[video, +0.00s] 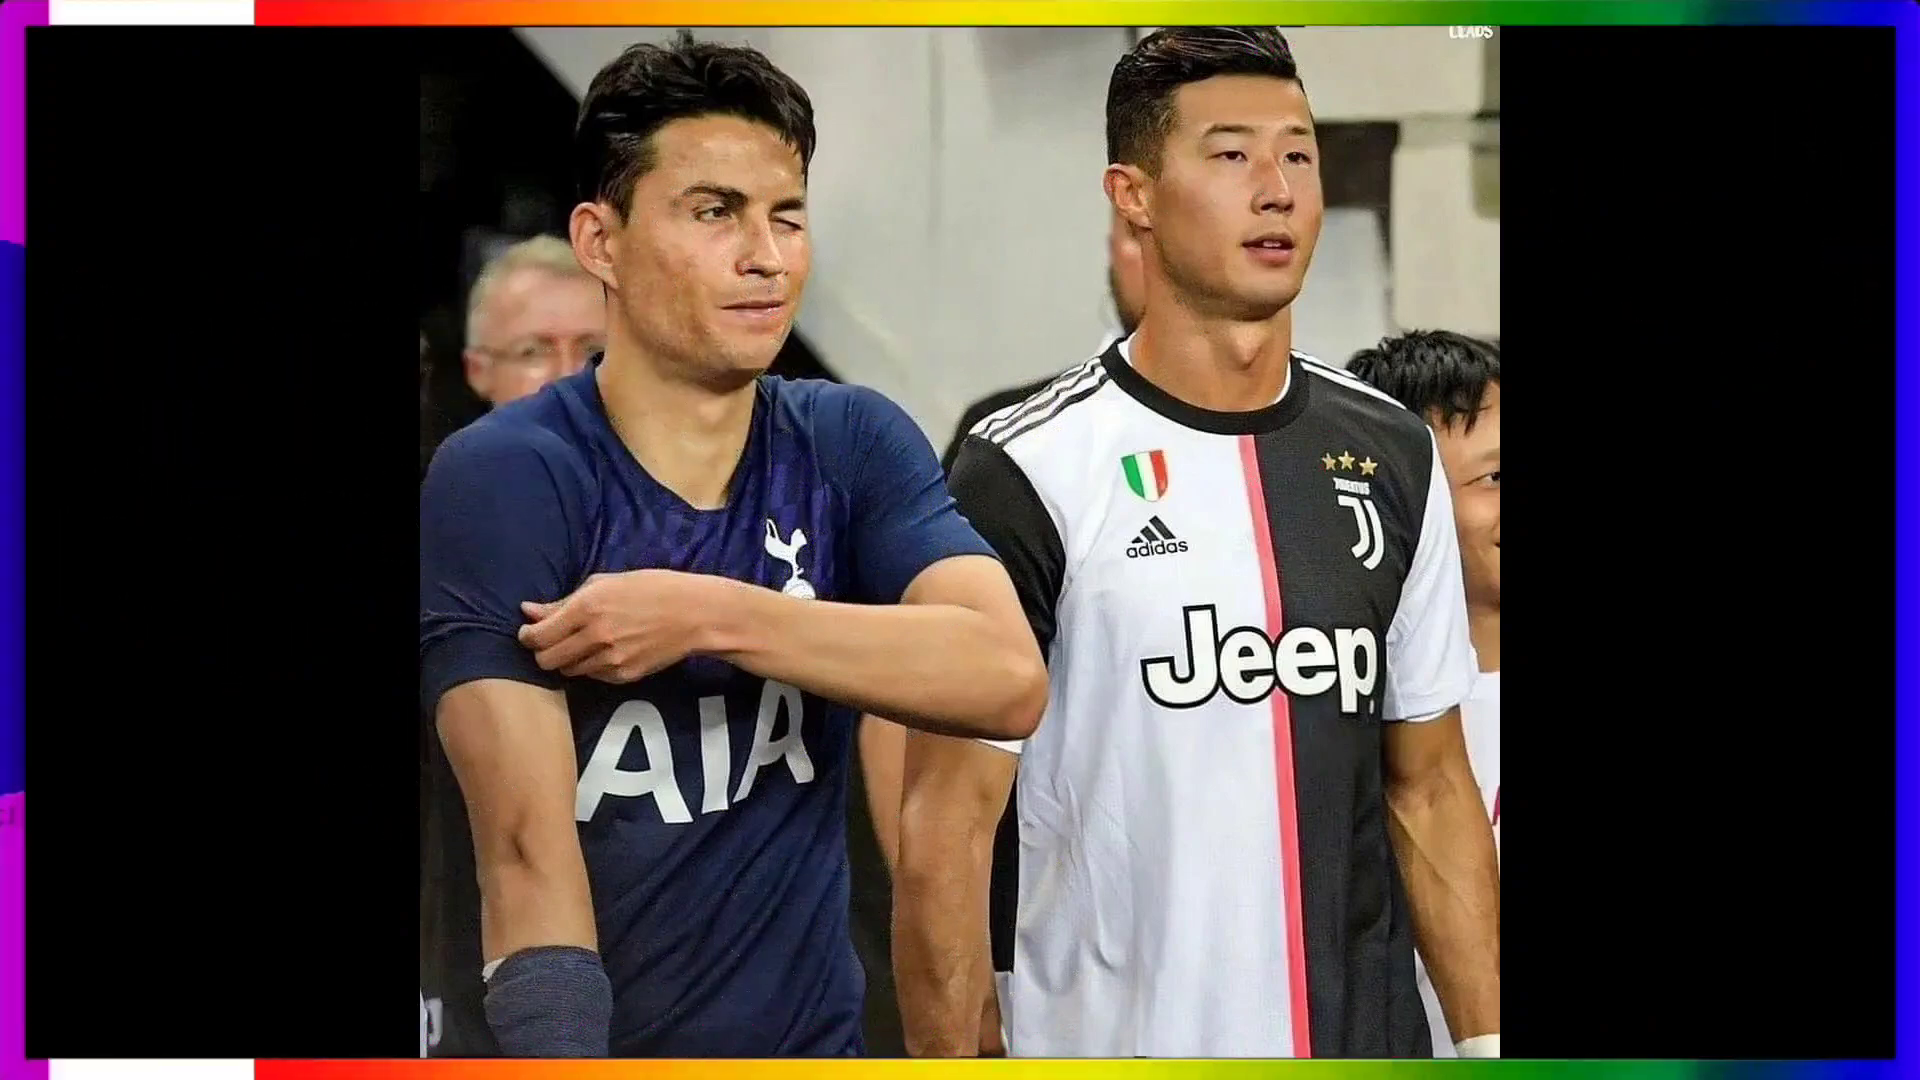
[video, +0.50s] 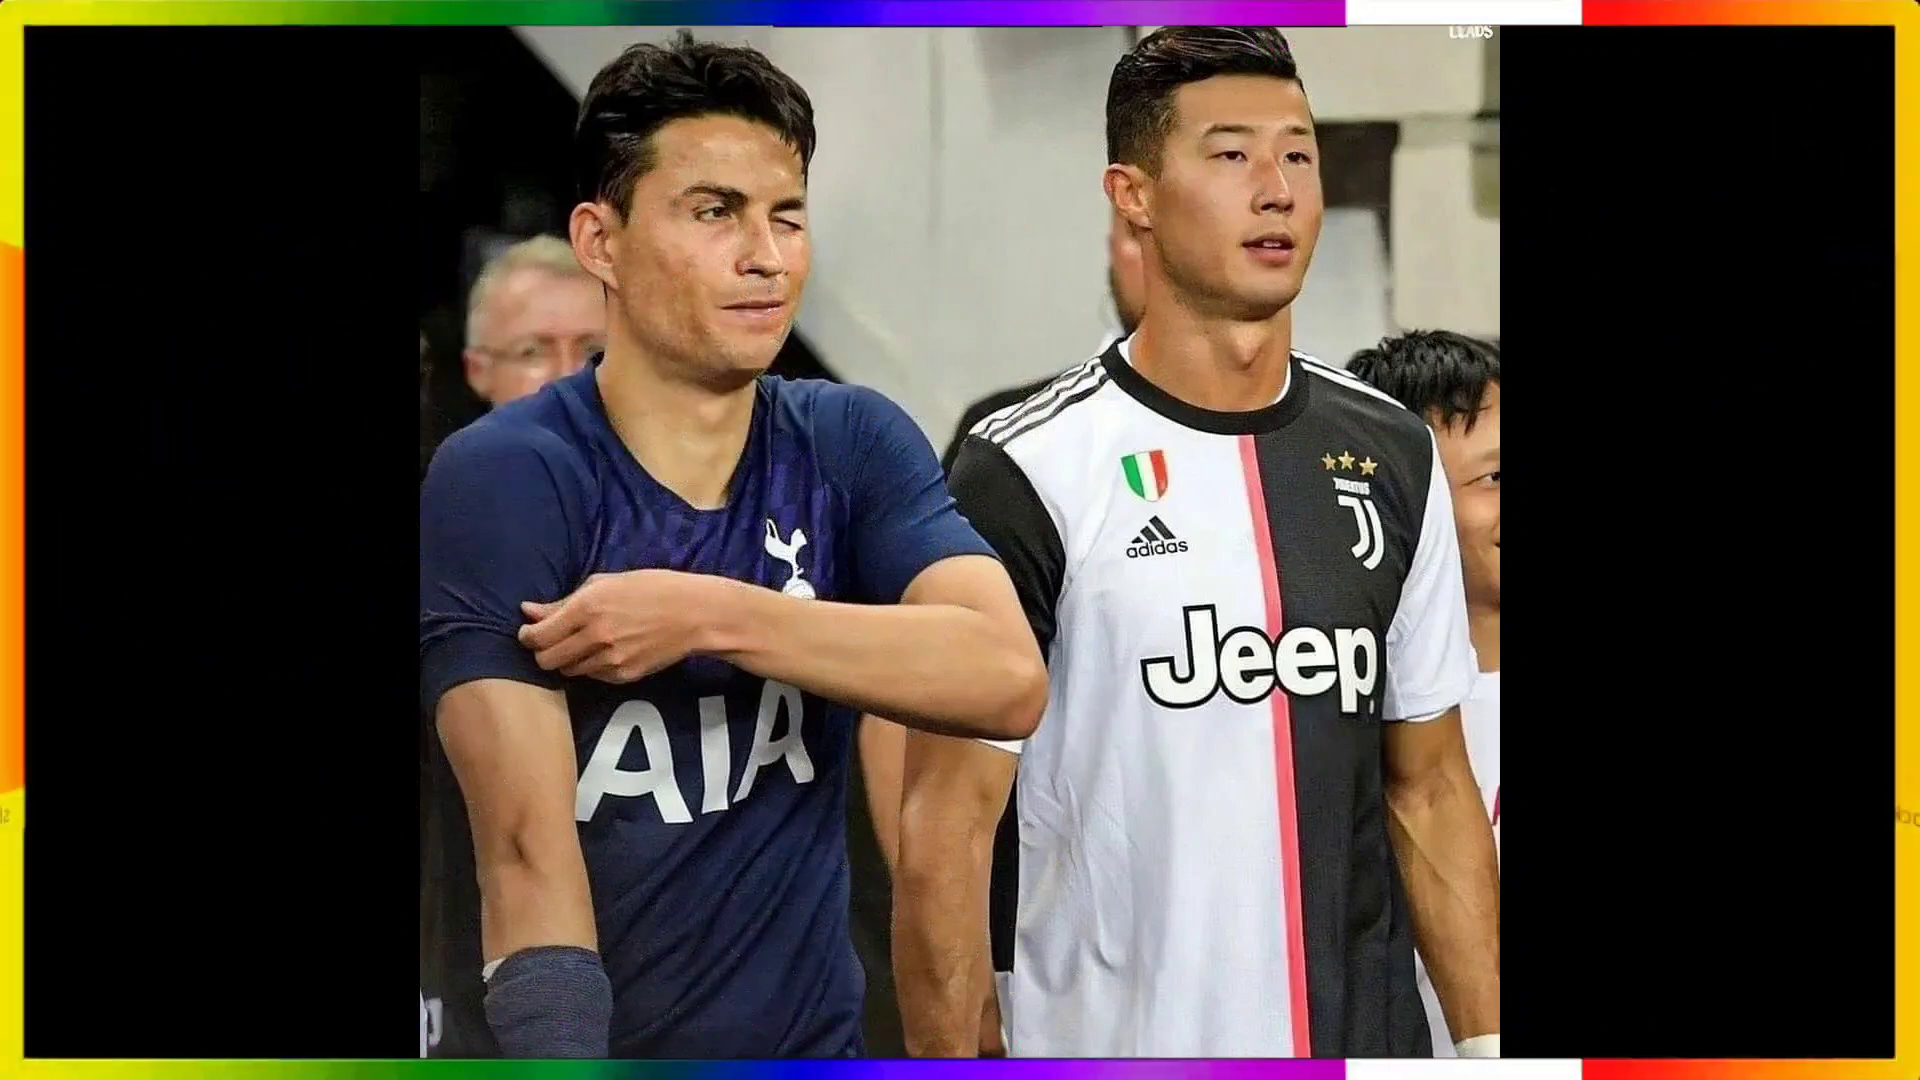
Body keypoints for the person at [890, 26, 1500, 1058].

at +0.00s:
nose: (1279, 193)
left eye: (1297, 159)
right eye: (1230, 157)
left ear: (1319, 187)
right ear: (1133, 197)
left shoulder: (1392, 451)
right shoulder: (1022, 462)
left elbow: (1430, 785)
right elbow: (948, 815)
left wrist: (1484, 1046)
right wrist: (952, 1067)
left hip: (1359, 1046)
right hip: (1108, 1045)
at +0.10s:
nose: (1279, 193)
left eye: (1298, 159)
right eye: (1230, 156)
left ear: (1320, 187)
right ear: (1133, 197)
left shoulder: (1392, 451)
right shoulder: (1022, 462)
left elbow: (1431, 786)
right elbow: (947, 817)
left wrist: (1484, 1047)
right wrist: (953, 1066)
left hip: (1359, 1046)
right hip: (1109, 1045)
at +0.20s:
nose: (1279, 193)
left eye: (1298, 159)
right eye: (1230, 156)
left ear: (1320, 187)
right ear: (1133, 197)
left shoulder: (1392, 451)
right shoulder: (1022, 462)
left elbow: (1431, 786)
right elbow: (947, 817)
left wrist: (1483, 1047)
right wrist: (954, 1066)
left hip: (1358, 1045)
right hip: (1107, 1045)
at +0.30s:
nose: (1279, 193)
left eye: (1298, 159)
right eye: (1230, 156)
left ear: (1320, 187)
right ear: (1133, 197)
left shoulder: (1392, 451)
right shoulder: (1022, 462)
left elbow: (1431, 786)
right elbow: (947, 816)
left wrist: (1482, 1046)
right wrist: (953, 1069)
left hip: (1358, 1046)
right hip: (1107, 1048)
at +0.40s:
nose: (1279, 193)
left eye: (1298, 158)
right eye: (1230, 156)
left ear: (1320, 186)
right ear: (1134, 198)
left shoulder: (1392, 452)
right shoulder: (1022, 462)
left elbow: (1431, 786)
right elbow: (947, 816)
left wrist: (1482, 1045)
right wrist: (954, 1067)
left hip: (1360, 1045)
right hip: (1109, 1048)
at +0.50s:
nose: (1279, 193)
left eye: (1297, 159)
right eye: (1230, 156)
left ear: (1319, 187)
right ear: (1133, 197)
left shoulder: (1392, 451)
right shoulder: (1022, 462)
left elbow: (1431, 785)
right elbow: (948, 816)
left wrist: (1483, 1049)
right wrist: (952, 1066)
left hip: (1358, 1046)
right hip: (1107, 1046)